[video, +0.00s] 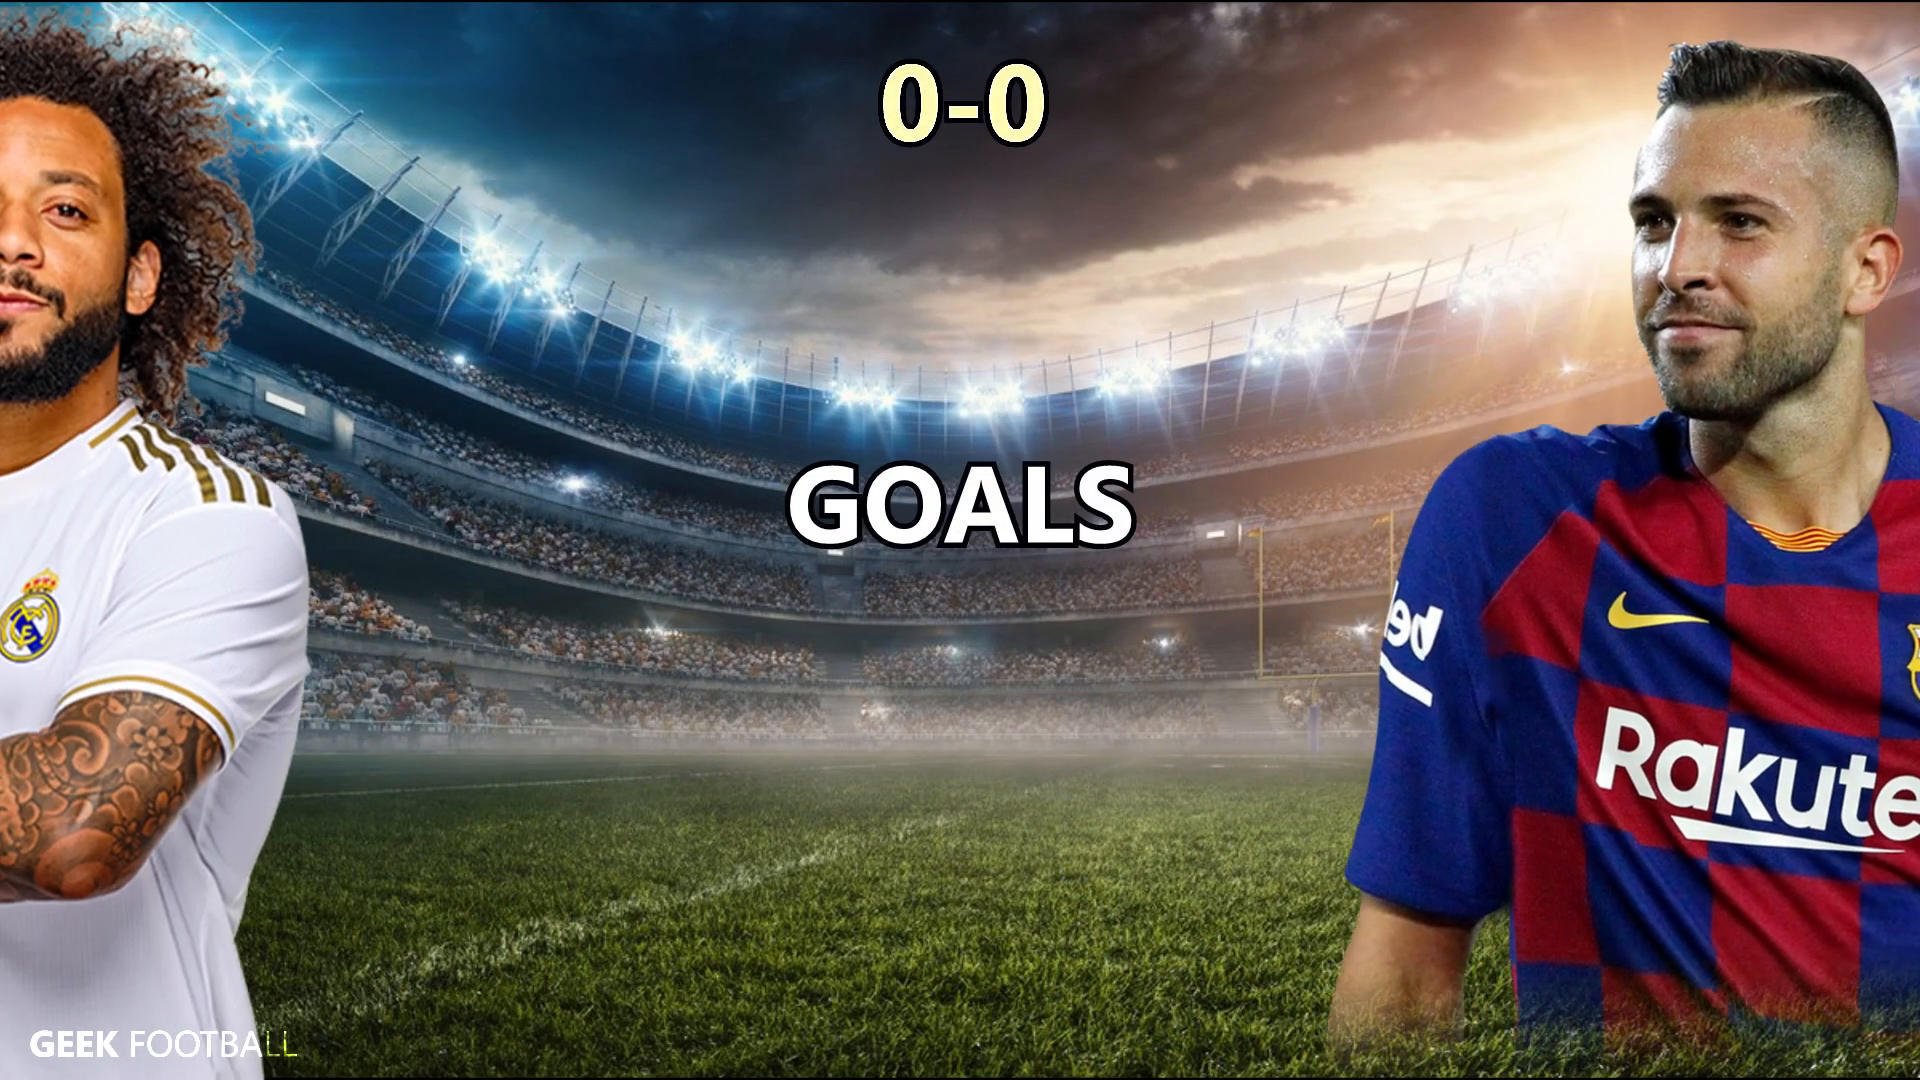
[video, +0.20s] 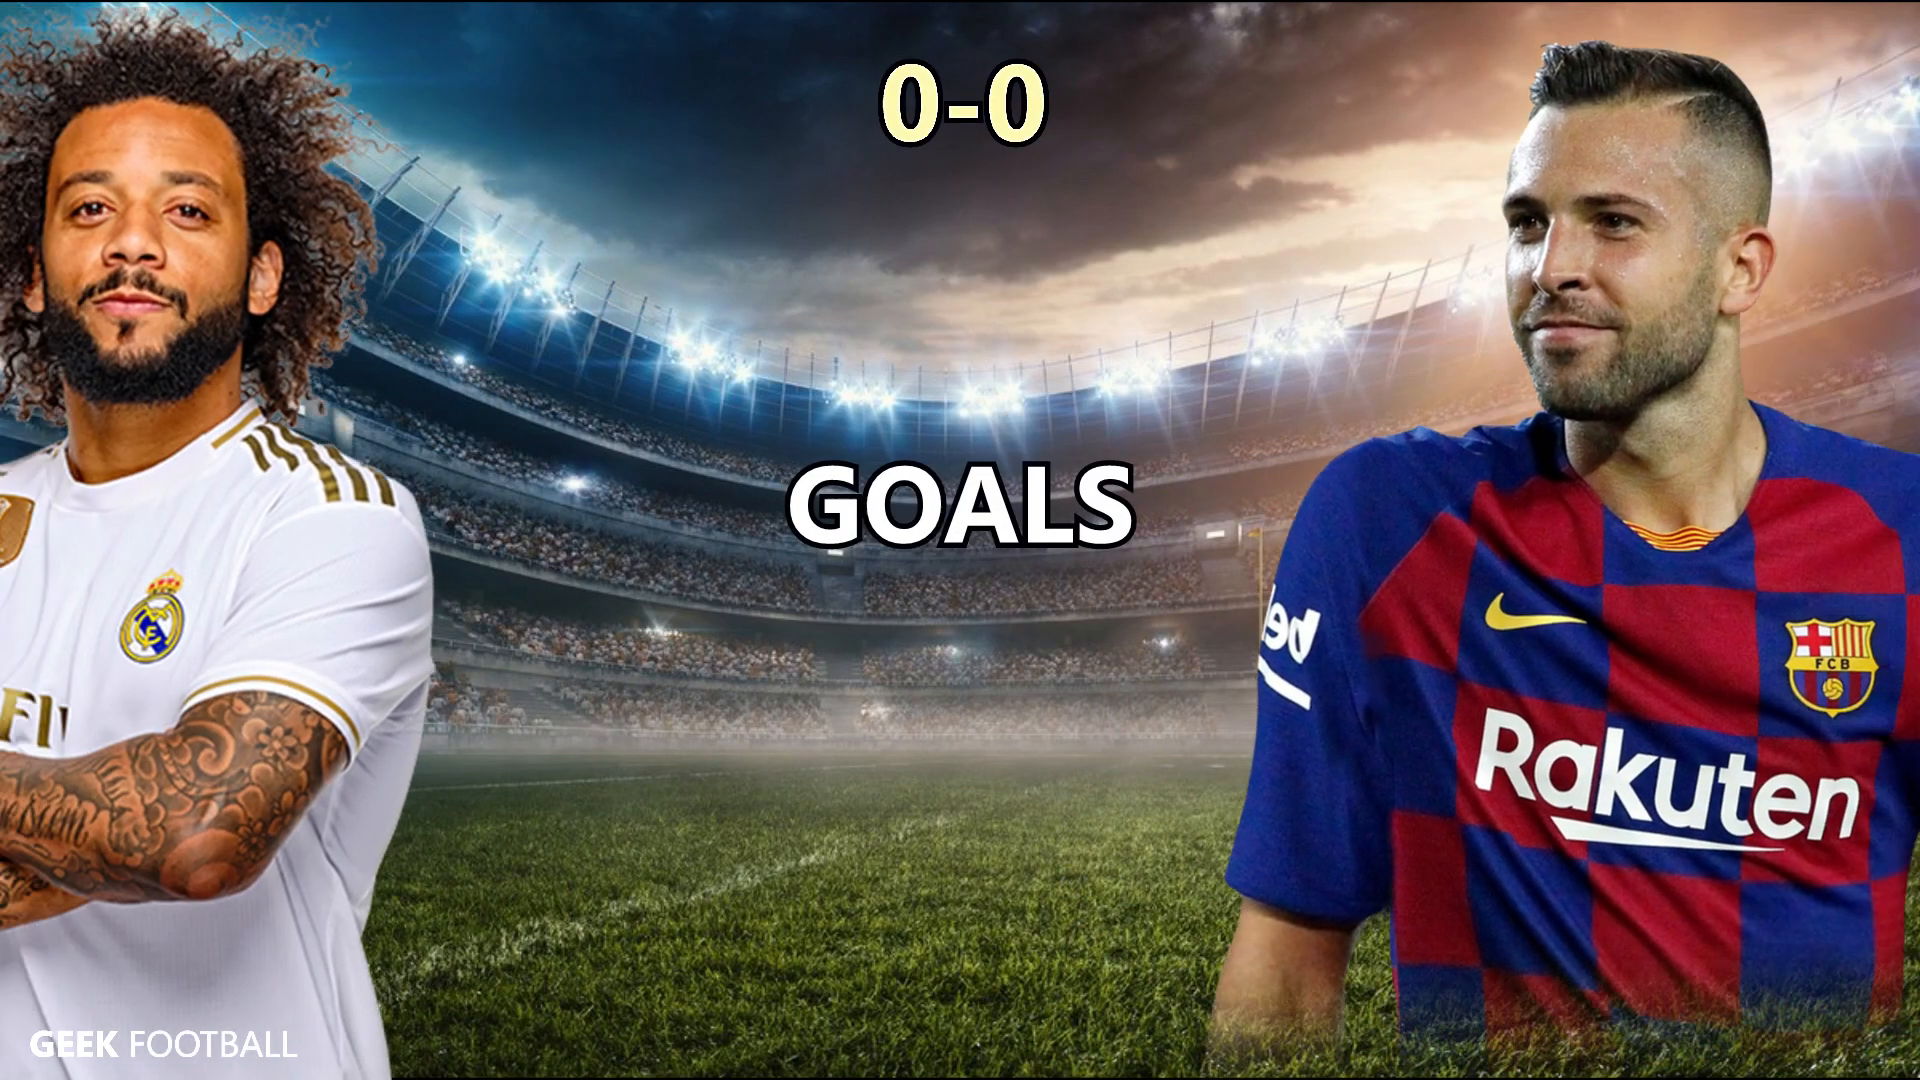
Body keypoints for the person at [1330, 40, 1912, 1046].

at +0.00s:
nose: (1676, 272)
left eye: (1742, 224)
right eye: (1656, 225)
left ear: (1868, 271)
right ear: (1636, 247)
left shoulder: (1914, 527)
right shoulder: (1508, 515)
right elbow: (1407, 956)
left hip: (1883, 1040)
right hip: (1618, 1047)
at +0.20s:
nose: (1552, 273)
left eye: (1616, 224)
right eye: (1529, 226)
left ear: (1741, 272)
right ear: (1508, 250)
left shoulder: (1904, 529)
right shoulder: (1379, 518)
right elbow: (1288, 946)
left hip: (1824, 1055)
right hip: (1492, 1053)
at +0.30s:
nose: (1499, 272)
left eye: (1562, 224)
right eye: (1476, 227)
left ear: (1689, 268)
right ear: (1451, 251)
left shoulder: (1880, 536)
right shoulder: (1327, 520)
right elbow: (1236, 955)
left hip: (1770, 1055)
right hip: (1446, 1056)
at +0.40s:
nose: (1449, 275)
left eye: (1513, 226)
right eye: (1427, 229)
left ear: (1640, 271)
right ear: (1404, 253)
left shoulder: (1828, 535)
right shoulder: (1279, 522)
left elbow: (1915, 902)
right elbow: (1191, 960)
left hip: (1724, 1062)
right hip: (1400, 1064)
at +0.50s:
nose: (1406, 274)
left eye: (1468, 226)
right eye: (1385, 228)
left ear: (1598, 274)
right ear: (1364, 247)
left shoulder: (1787, 532)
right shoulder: (1238, 523)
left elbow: (1890, 916)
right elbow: (1155, 948)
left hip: (1685, 1041)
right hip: (1360, 1046)